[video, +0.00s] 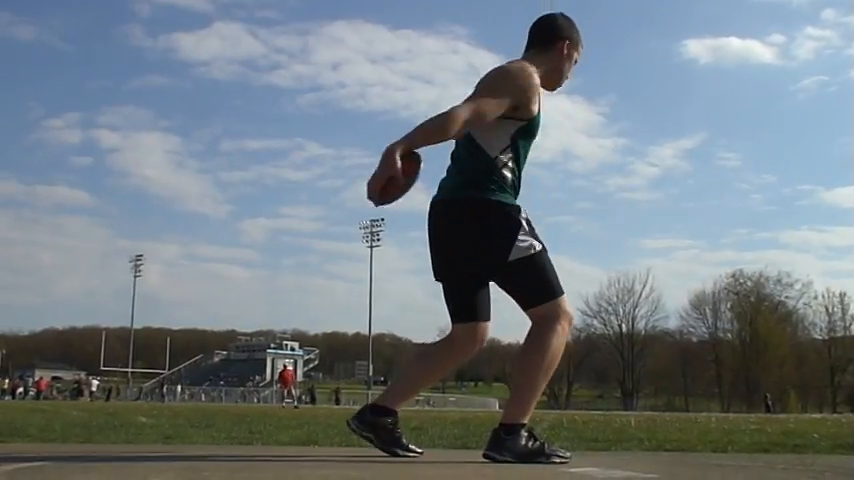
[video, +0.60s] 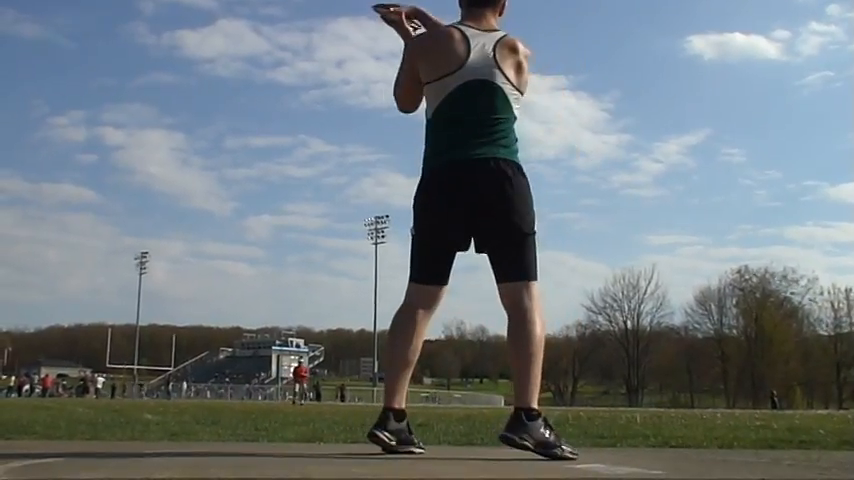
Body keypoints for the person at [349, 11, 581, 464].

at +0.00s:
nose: (573, 72)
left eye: (577, 63)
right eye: (576, 60)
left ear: (537, 44)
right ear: (563, 49)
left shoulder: (504, 80)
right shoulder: (524, 78)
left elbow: (456, 129)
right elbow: (464, 115)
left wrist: (397, 161)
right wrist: (401, 146)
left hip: (449, 215)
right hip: (490, 212)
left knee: (469, 333)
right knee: (555, 317)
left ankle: (380, 413)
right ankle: (512, 434)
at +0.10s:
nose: (561, 66)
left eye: (563, 58)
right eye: (563, 57)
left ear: (517, 47)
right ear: (556, 52)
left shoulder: (474, 89)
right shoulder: (536, 87)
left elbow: (434, 165)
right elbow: (511, 136)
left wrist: (436, 214)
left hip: (443, 222)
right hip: (493, 214)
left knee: (463, 334)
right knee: (554, 322)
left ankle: (377, 416)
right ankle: (513, 433)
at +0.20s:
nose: (542, 55)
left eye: (539, 49)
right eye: (544, 49)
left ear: (498, 41)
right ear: (538, 47)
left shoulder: (455, 81)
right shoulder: (538, 87)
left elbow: (410, 158)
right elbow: (569, 146)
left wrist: (420, 217)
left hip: (439, 217)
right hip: (496, 214)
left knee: (450, 328)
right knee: (543, 323)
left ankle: (377, 417)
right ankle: (514, 431)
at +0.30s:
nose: (526, 35)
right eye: (527, 28)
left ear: (483, 23)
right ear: (524, 28)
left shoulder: (439, 64)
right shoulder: (531, 71)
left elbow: (401, 142)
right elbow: (595, 136)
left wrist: (426, 171)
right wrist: (635, 171)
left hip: (436, 201)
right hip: (495, 200)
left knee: (436, 311)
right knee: (531, 316)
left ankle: (378, 417)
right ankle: (516, 429)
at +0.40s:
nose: (518, 12)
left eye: (513, 9)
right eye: (519, 8)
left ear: (471, 5)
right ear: (514, 9)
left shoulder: (428, 48)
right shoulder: (530, 54)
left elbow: (405, 119)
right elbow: (558, 114)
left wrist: (446, 110)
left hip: (437, 190)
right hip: (498, 186)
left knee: (423, 304)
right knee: (526, 308)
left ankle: (384, 414)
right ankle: (520, 422)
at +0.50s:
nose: (509, 12)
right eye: (511, 8)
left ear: (463, 4)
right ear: (506, 6)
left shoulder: (424, 42)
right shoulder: (522, 47)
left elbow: (408, 104)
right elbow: (518, 89)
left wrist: (440, 71)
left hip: (441, 180)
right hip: (501, 178)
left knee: (420, 301)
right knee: (524, 302)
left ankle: (391, 415)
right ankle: (525, 418)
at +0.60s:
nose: (506, 10)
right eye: (507, 6)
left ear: (458, 5)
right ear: (502, 7)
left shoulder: (424, 42)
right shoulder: (514, 48)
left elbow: (406, 100)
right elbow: (484, 67)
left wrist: (411, 39)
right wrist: (432, 27)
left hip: (441, 182)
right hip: (502, 180)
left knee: (420, 301)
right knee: (523, 302)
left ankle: (391, 417)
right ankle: (527, 417)